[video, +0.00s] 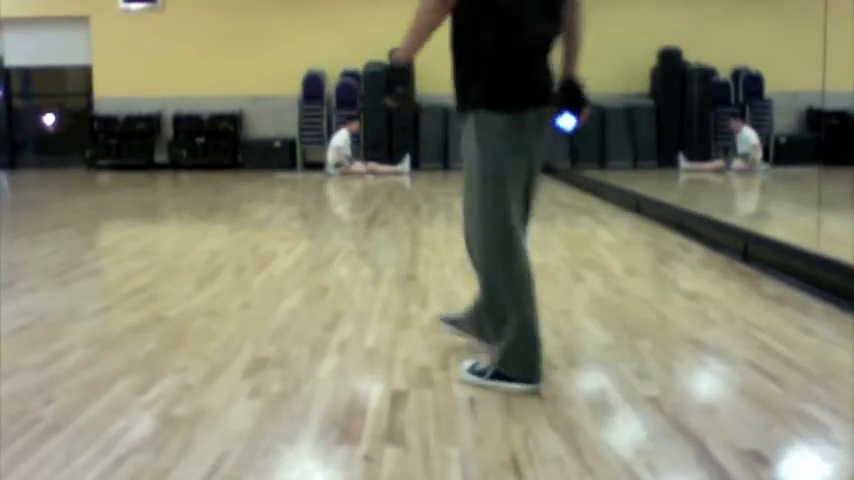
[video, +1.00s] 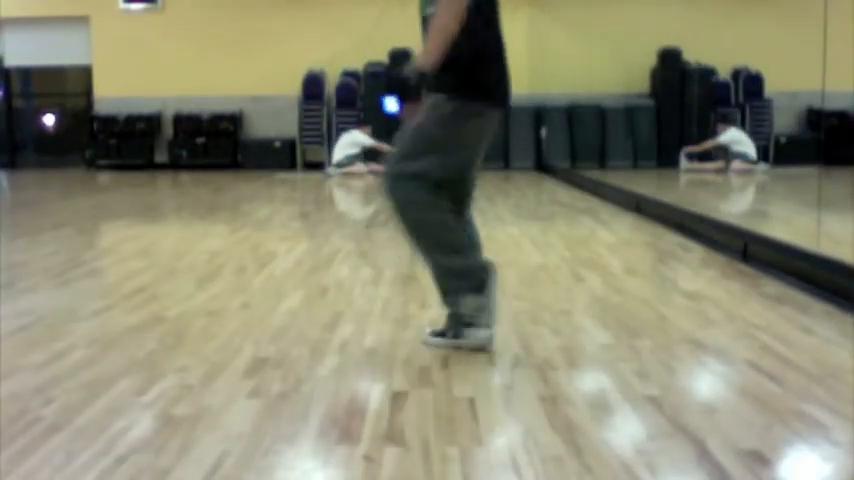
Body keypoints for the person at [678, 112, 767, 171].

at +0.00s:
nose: (730, 127)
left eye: (732, 124)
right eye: (730, 124)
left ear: (738, 122)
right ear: (734, 123)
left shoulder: (747, 133)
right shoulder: (740, 133)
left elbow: (757, 149)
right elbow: (741, 150)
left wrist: (750, 165)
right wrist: (738, 160)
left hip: (748, 164)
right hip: (741, 161)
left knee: (721, 164)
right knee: (719, 163)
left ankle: (688, 166)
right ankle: (688, 165)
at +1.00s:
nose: (718, 130)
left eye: (720, 127)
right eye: (718, 127)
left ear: (724, 126)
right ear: (729, 125)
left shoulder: (732, 133)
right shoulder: (733, 133)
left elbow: (710, 144)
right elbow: (711, 144)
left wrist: (689, 149)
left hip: (745, 161)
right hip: (734, 161)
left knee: (734, 168)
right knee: (715, 166)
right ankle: (690, 166)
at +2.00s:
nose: (719, 133)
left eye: (720, 130)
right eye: (719, 131)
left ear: (725, 128)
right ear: (728, 126)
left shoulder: (731, 132)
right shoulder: (733, 132)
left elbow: (709, 146)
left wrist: (689, 151)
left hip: (746, 160)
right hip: (734, 159)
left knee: (733, 168)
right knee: (714, 166)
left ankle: (753, 171)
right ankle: (690, 166)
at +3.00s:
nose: (719, 135)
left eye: (720, 132)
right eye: (719, 133)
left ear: (724, 129)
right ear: (727, 127)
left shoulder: (731, 132)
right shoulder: (733, 132)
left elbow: (711, 145)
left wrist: (688, 151)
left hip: (744, 159)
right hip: (734, 159)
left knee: (733, 168)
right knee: (716, 165)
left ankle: (755, 171)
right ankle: (695, 166)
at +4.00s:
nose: (719, 135)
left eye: (719, 132)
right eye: (719, 133)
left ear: (723, 129)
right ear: (727, 127)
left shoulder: (732, 132)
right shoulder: (734, 132)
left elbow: (710, 146)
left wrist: (688, 151)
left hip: (744, 159)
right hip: (734, 159)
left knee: (733, 170)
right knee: (715, 165)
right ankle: (692, 166)